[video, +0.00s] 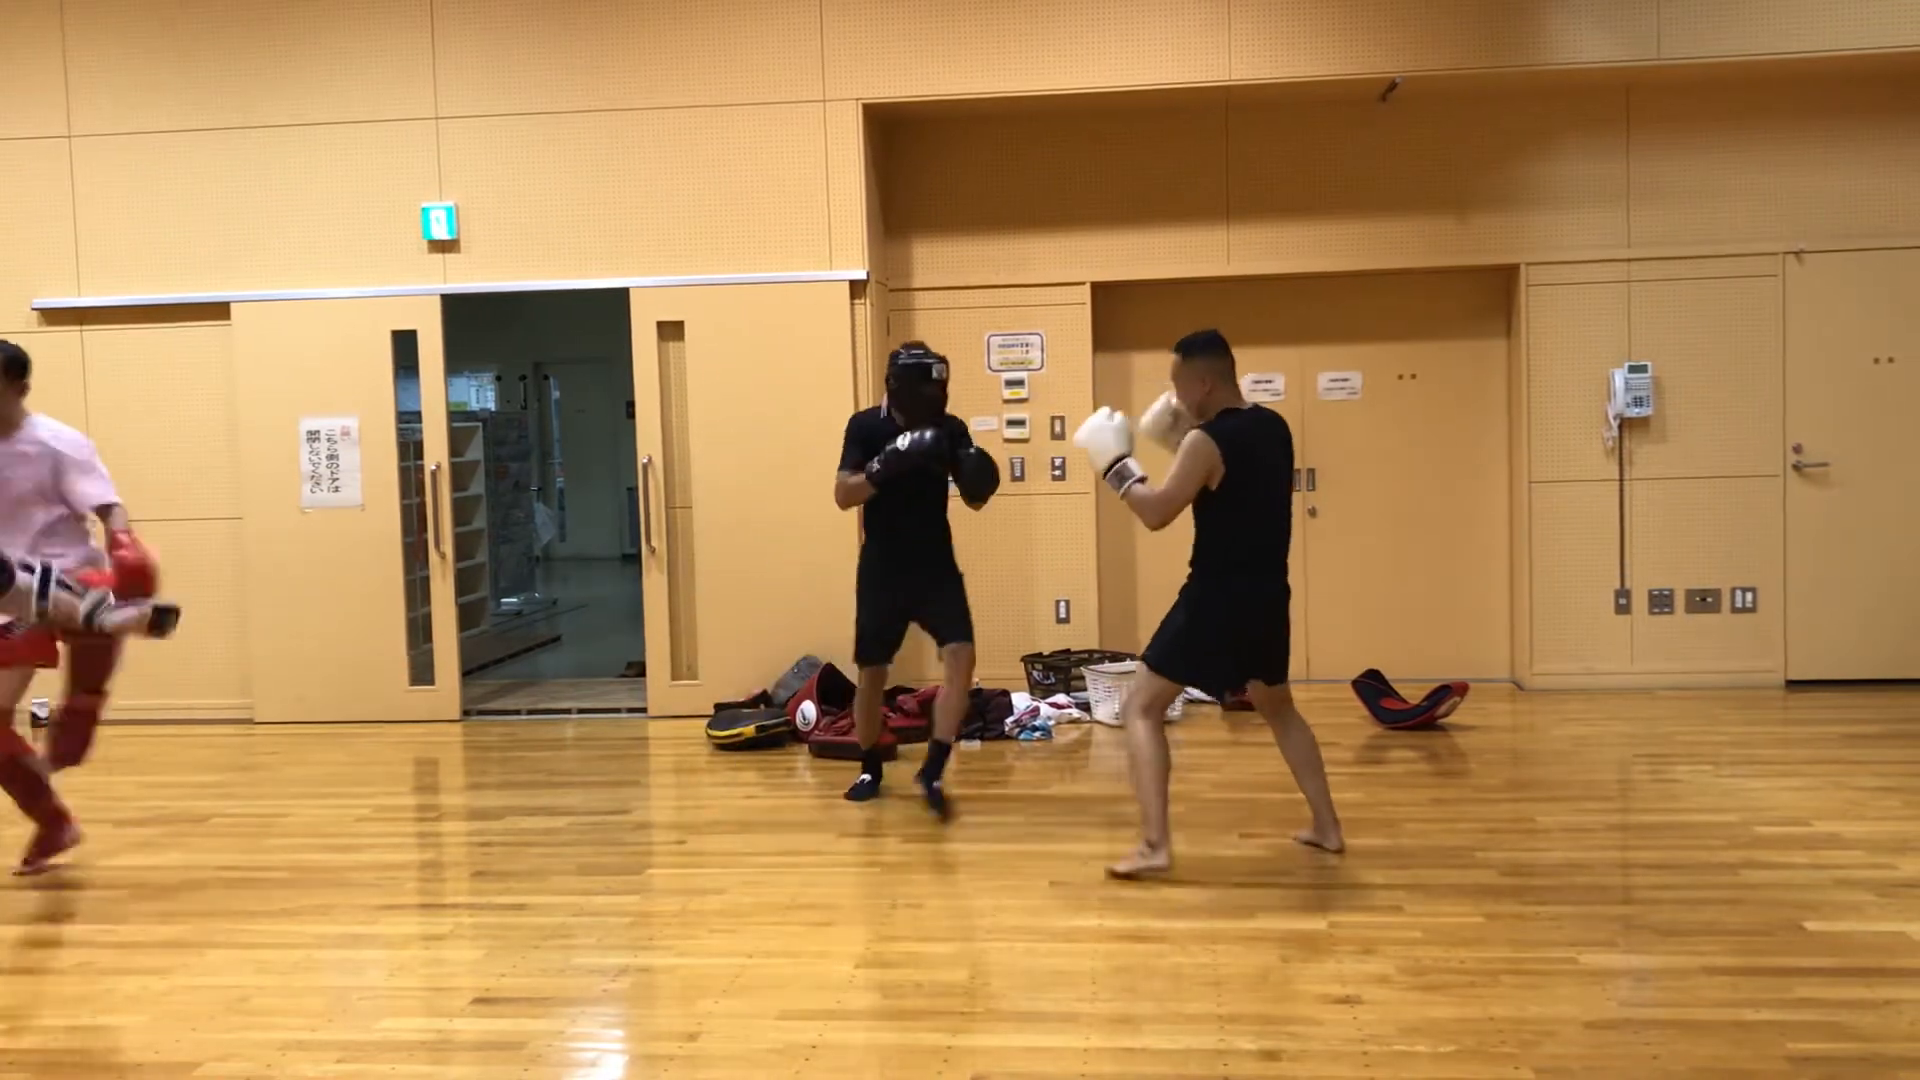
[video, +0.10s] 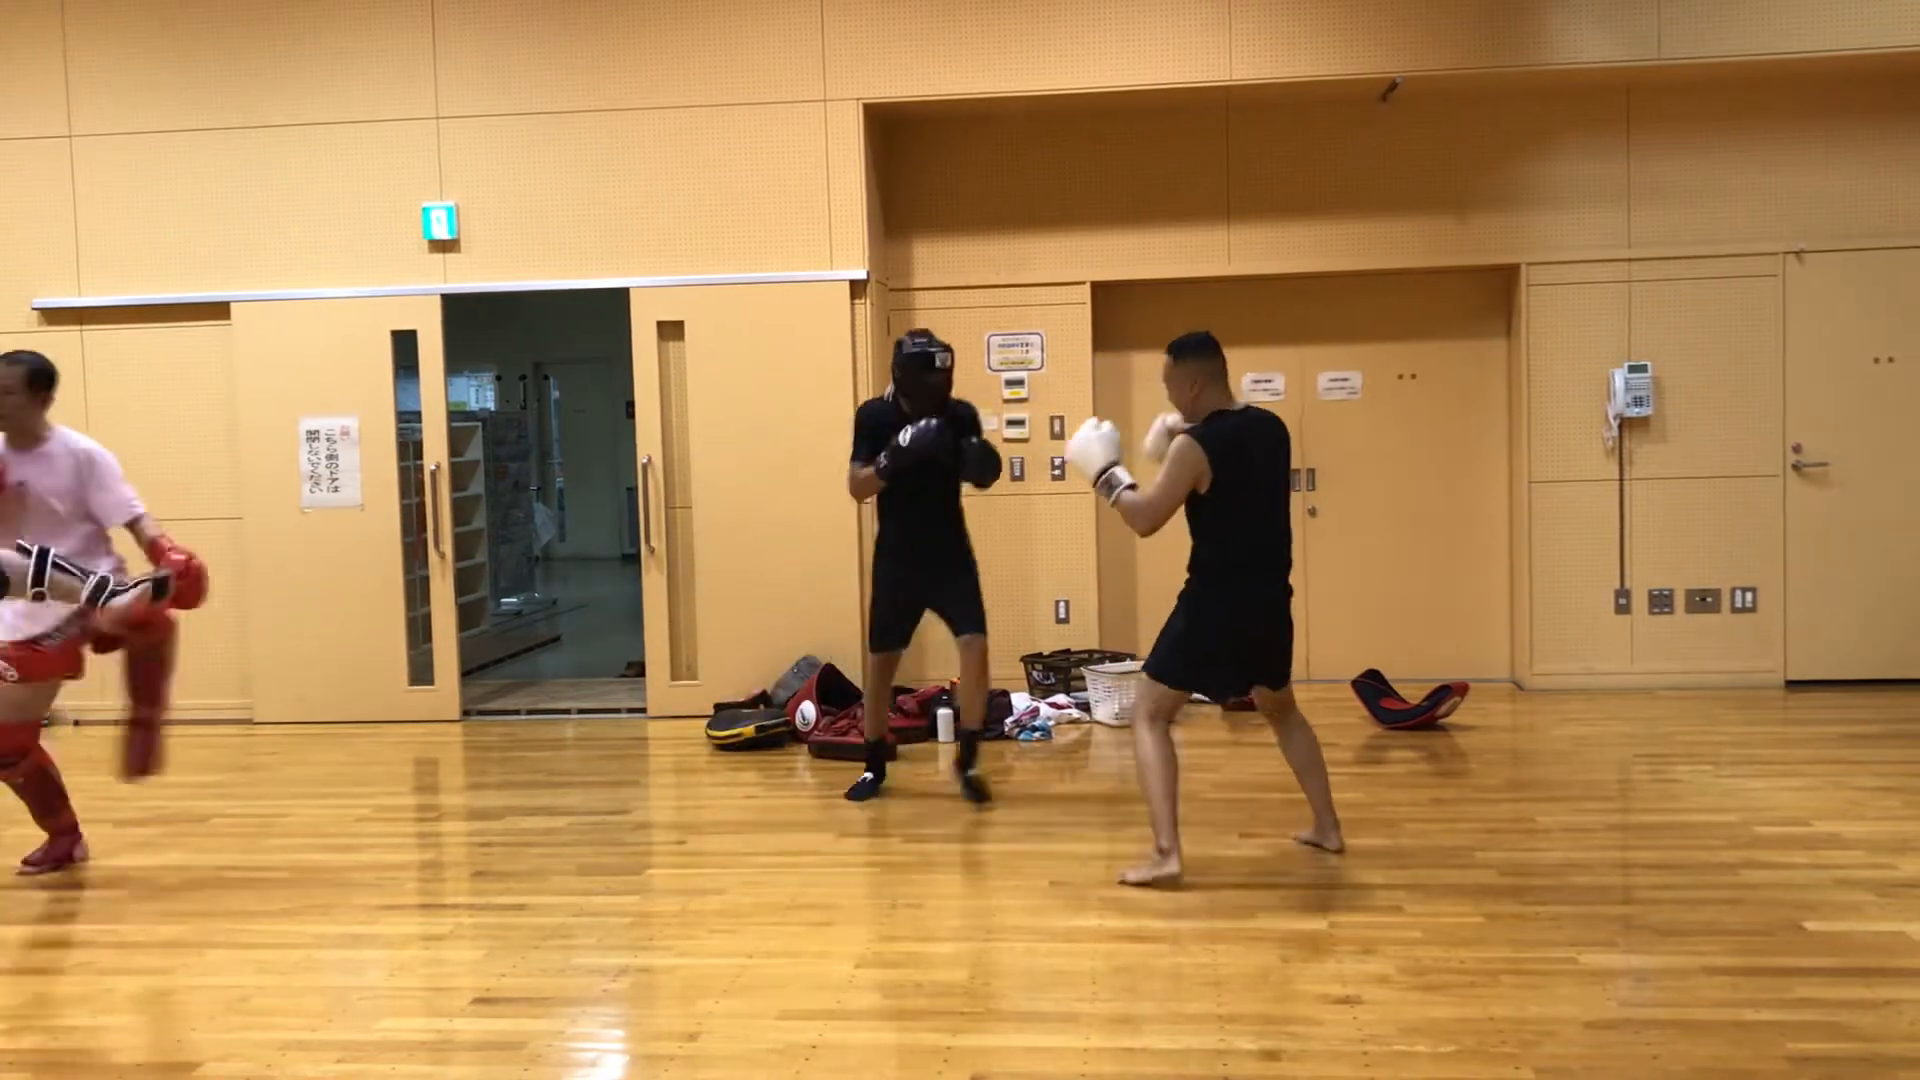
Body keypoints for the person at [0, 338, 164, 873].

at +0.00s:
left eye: (3, 388)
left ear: (20, 387)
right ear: (11, 387)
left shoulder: (57, 446)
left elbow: (107, 505)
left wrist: (122, 545)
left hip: (73, 587)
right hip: (15, 598)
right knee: (1, 725)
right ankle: (52, 822)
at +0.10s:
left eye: (8, 394)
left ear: (39, 397)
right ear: (9, 398)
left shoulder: (83, 458)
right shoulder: (5, 456)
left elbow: (133, 518)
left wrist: (167, 556)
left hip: (92, 603)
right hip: (22, 614)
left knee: (153, 622)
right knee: (11, 744)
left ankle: (143, 732)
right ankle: (64, 835)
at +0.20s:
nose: (31, 401)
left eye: (42, 393)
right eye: (27, 391)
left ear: (78, 398)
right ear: (22, 394)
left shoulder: (121, 454)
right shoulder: (13, 464)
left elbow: (169, 511)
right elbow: (3, 526)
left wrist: (208, 550)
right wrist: (8, 504)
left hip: (139, 594)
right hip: (64, 612)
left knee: (221, 663)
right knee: (30, 742)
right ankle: (65, 836)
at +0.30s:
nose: (72, 395)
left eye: (83, 386)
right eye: (68, 385)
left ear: (118, 391)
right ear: (64, 389)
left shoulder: (166, 450)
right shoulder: (55, 462)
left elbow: (210, 508)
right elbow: (18, 538)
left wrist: (242, 549)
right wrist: (35, 513)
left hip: (184, 603)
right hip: (105, 618)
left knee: (254, 699)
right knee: (64, 735)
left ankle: (304, 795)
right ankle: (68, 837)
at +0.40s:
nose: (118, 403)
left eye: (130, 394)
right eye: (115, 393)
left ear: (165, 400)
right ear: (112, 397)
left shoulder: (214, 459)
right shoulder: (107, 469)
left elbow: (256, 516)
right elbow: (75, 545)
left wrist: (275, 562)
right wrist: (92, 528)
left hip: (228, 618)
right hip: (150, 626)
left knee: (282, 714)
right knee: (102, 729)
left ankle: (320, 812)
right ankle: (69, 835)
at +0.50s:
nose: (162, 400)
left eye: (174, 392)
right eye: (160, 390)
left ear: (210, 397)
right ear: (158, 394)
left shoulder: (254, 454)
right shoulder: (150, 459)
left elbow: (295, 520)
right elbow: (127, 522)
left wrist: (283, 573)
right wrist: (145, 534)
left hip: (261, 606)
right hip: (188, 610)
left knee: (301, 711)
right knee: (146, 717)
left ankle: (324, 813)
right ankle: (136, 819)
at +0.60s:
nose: (180, 390)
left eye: (192, 382)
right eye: (179, 380)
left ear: (227, 388)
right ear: (178, 383)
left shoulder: (270, 444)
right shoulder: (170, 448)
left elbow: (303, 511)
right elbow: (136, 502)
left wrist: (269, 530)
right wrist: (145, 513)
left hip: (278, 599)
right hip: (208, 600)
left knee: (303, 704)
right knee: (172, 710)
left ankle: (323, 809)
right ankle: (201, 797)